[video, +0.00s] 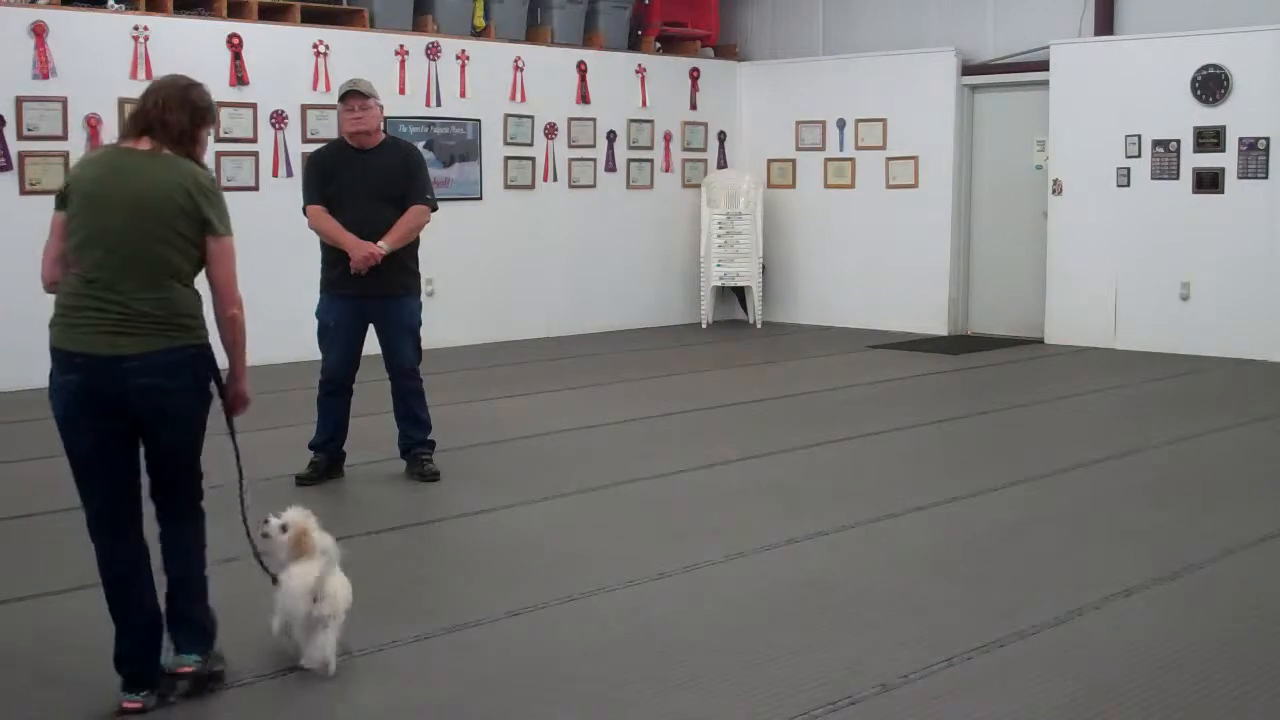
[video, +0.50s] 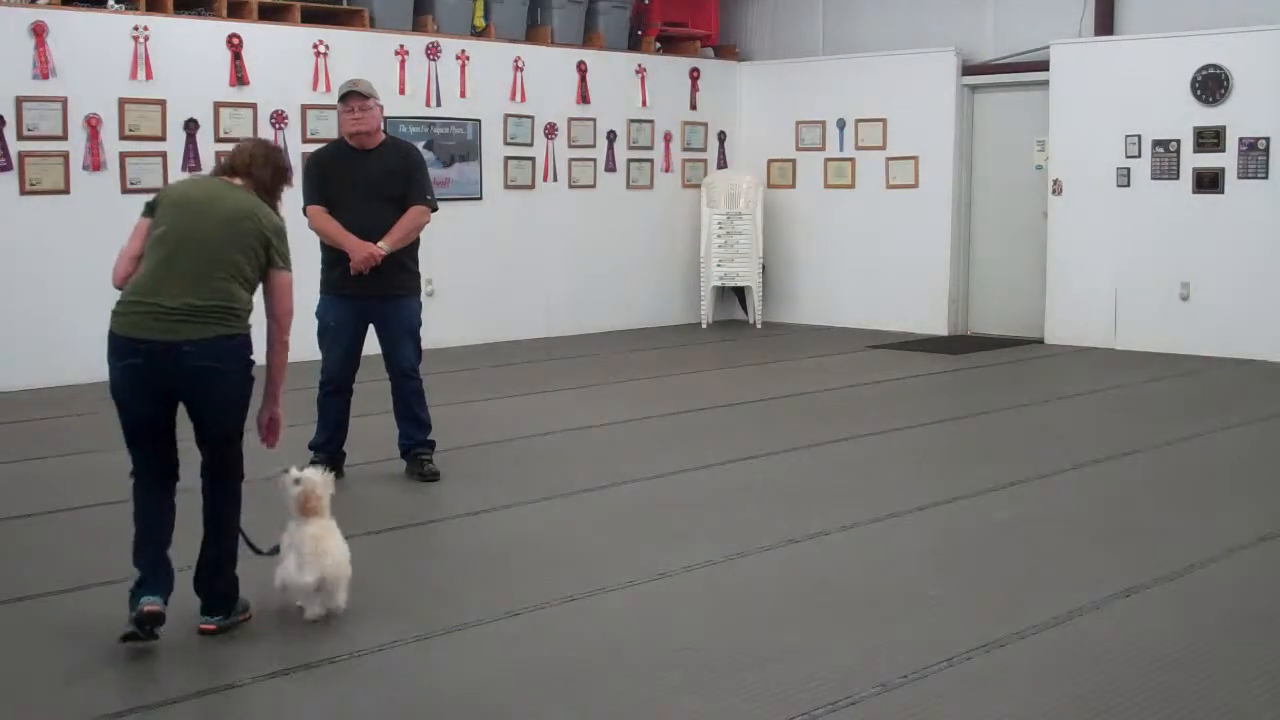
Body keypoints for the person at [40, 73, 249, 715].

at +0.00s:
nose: (208, 143)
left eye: (209, 133)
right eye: (207, 133)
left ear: (143, 115)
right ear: (194, 129)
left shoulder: (86, 169)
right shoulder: (197, 183)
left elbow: (53, 273)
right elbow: (227, 297)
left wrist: (116, 264)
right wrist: (238, 372)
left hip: (82, 371)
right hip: (171, 368)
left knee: (113, 523)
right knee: (179, 506)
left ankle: (137, 677)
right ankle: (189, 651)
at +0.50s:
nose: (278, 200)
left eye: (280, 193)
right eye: (279, 192)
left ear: (226, 167)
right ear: (272, 185)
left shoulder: (170, 193)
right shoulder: (267, 221)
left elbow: (123, 273)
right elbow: (279, 320)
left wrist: (175, 269)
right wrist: (273, 401)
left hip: (135, 348)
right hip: (215, 354)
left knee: (152, 471)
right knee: (222, 473)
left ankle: (150, 589)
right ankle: (217, 603)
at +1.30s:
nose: (307, 258)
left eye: (312, 250)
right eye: (309, 249)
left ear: (272, 221)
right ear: (300, 239)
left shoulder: (217, 225)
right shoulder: (288, 255)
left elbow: (155, 273)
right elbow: (308, 354)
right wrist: (327, 424)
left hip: (150, 321)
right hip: (214, 326)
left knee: (190, 442)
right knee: (234, 443)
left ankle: (198, 570)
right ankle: (222, 546)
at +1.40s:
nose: (310, 247)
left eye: (314, 239)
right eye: (312, 238)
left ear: (274, 211)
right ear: (301, 225)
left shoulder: (221, 217)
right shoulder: (289, 243)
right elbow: (306, 339)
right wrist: (323, 412)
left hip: (154, 319)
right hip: (218, 321)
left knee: (194, 438)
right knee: (241, 438)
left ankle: (199, 570)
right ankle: (232, 550)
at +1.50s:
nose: (317, 235)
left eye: (321, 225)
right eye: (319, 223)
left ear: (277, 198)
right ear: (304, 211)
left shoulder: (221, 210)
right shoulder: (291, 232)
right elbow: (302, 325)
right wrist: (314, 395)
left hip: (160, 316)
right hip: (225, 319)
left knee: (201, 438)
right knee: (249, 437)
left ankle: (204, 566)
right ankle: (255, 554)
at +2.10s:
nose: (340, 172)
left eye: (344, 163)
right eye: (339, 161)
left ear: (297, 145)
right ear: (317, 148)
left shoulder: (254, 173)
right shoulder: (313, 188)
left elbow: (230, 245)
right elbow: (309, 273)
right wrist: (337, 334)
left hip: (228, 308)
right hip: (277, 311)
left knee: (268, 415)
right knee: (290, 422)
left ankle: (232, 519)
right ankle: (285, 538)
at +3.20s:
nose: (344, 150)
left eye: (347, 142)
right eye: (341, 140)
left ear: (311, 133)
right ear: (317, 133)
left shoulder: (276, 170)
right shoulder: (305, 178)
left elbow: (303, 244)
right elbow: (295, 254)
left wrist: (349, 233)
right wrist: (343, 240)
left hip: (272, 299)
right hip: (299, 303)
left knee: (268, 408)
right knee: (311, 412)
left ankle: (256, 514)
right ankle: (315, 519)